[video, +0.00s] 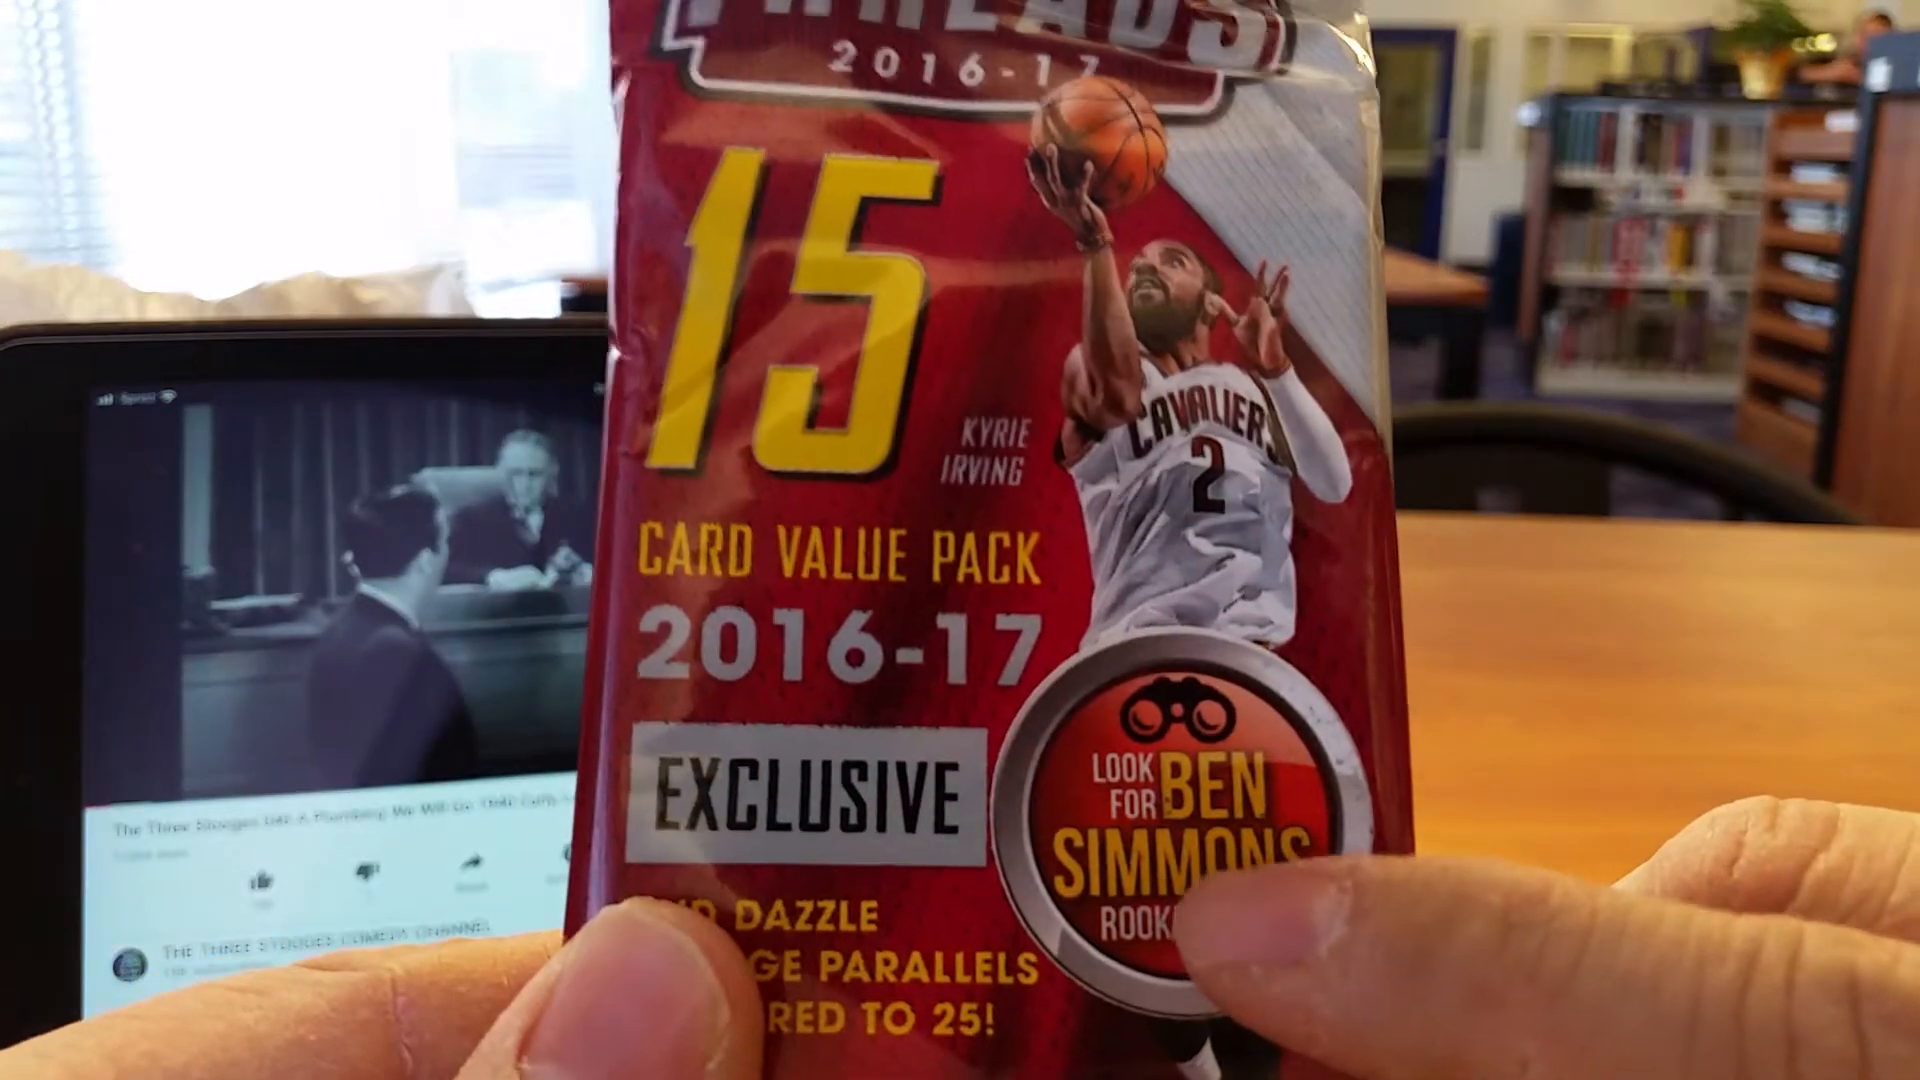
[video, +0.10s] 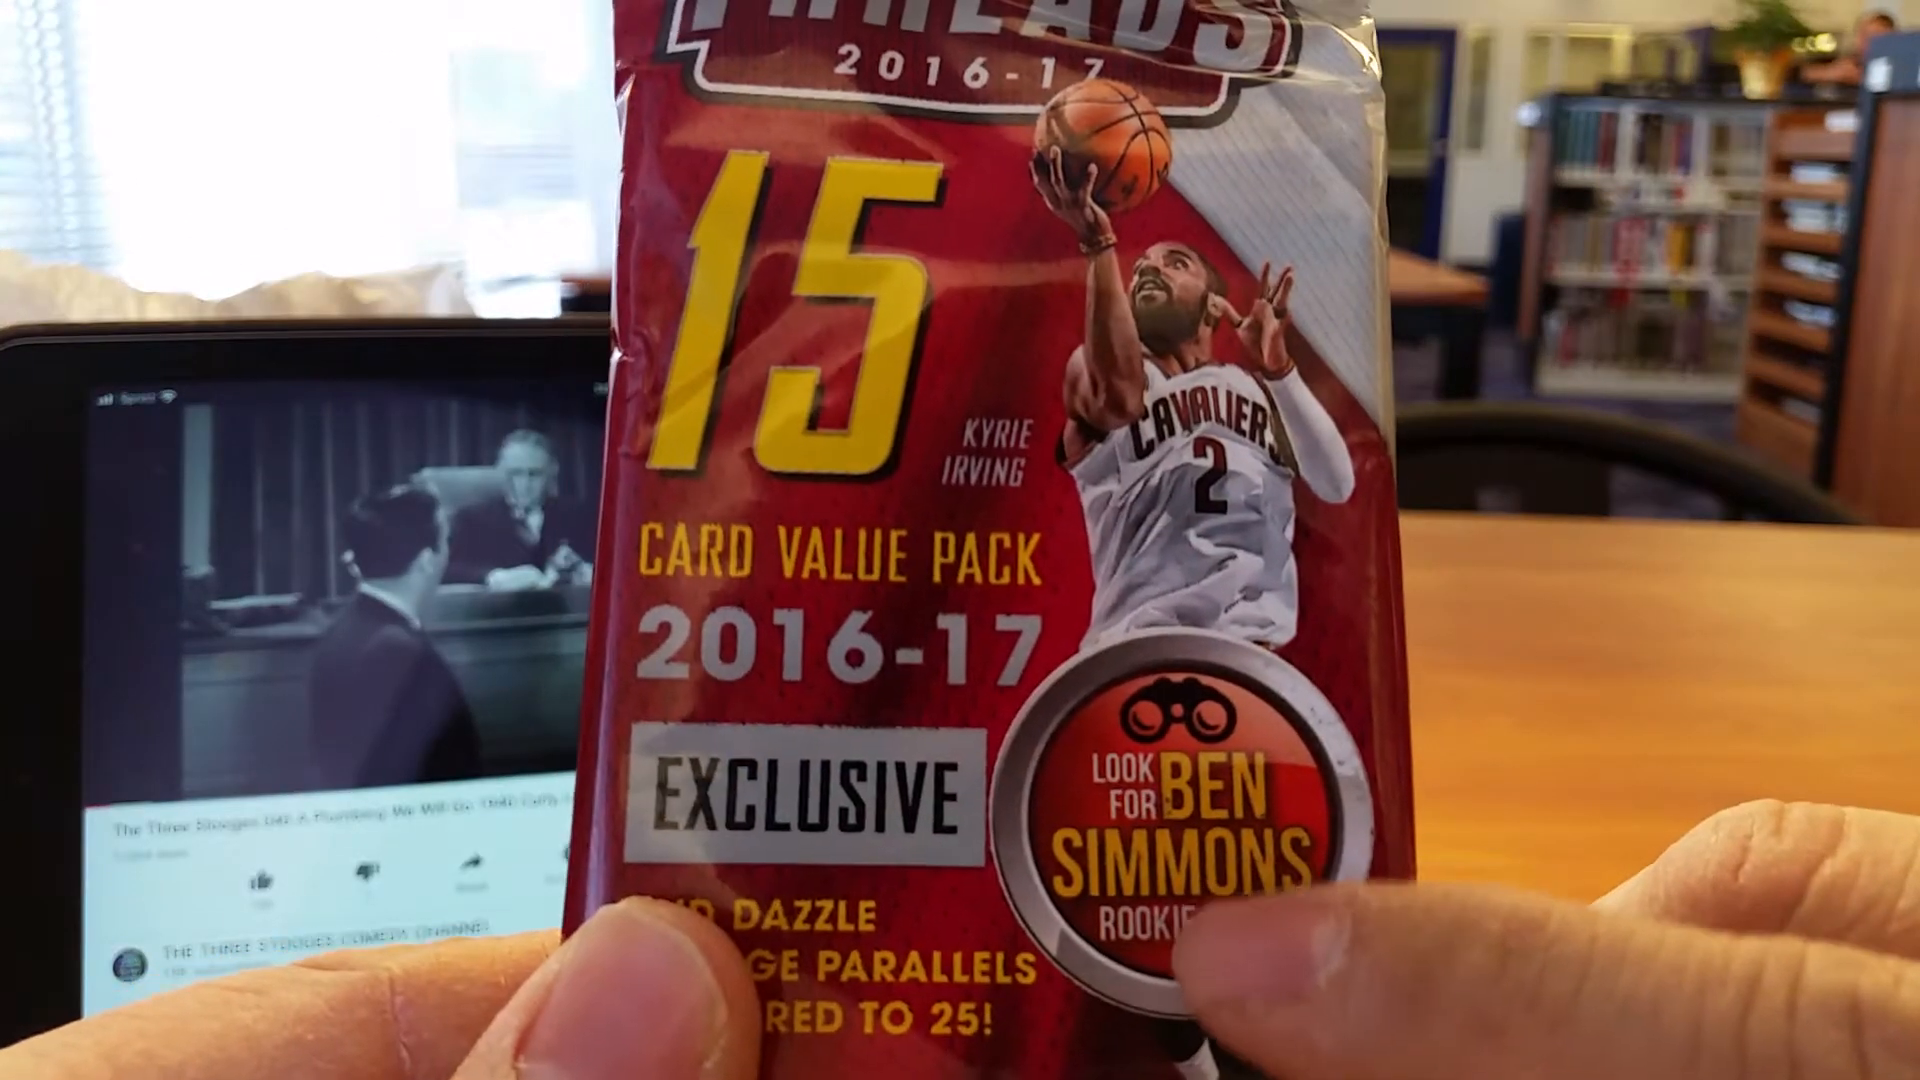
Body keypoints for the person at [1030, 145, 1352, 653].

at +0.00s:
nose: (1146, 269)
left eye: (1174, 261)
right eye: (1136, 268)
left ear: (1213, 307)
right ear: (1124, 302)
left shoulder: (1252, 388)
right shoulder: (1099, 377)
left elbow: (1333, 484)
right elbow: (1117, 393)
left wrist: (1277, 370)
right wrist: (1097, 246)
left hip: (1247, 647)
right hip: (1129, 650)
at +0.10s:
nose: (1149, 269)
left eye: (1177, 263)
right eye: (1138, 270)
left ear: (1216, 309)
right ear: (1127, 305)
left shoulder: (1255, 389)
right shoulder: (1099, 377)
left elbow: (1336, 485)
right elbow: (1118, 397)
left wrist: (1280, 371)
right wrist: (1099, 245)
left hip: (1249, 647)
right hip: (1130, 649)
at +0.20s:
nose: (1144, 270)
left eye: (1171, 263)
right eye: (1133, 270)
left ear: (1210, 309)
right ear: (1122, 304)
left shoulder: (1251, 390)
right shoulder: (1092, 375)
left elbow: (1330, 485)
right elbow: (1113, 401)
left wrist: (1274, 371)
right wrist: (1094, 246)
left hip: (1244, 646)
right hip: (1126, 647)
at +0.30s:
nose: (1141, 266)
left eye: (1169, 261)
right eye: (1131, 267)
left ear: (1208, 306)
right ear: (1119, 302)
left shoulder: (1247, 386)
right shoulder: (1093, 375)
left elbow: (1329, 480)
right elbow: (1110, 392)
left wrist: (1272, 367)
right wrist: (1091, 245)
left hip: (1242, 641)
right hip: (1125, 644)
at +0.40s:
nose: (1125, 257)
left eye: (1153, 250)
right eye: (1115, 257)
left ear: (1192, 296)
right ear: (1102, 294)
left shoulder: (1230, 373)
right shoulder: (1075, 362)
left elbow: (1314, 467)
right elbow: (1096, 384)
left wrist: (1256, 354)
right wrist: (1075, 236)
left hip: (1230, 631)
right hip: (1111, 635)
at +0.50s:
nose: (1108, 259)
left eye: (1136, 252)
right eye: (1098, 259)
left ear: (1176, 296)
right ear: (1087, 296)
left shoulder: (1218, 372)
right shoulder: (1063, 370)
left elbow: (1301, 463)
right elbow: (1083, 383)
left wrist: (1243, 356)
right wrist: (1058, 239)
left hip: (1220, 627)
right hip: (1105, 632)